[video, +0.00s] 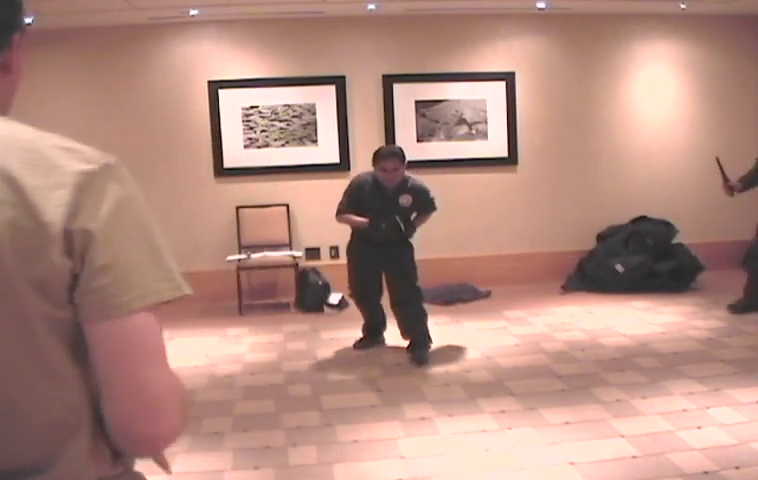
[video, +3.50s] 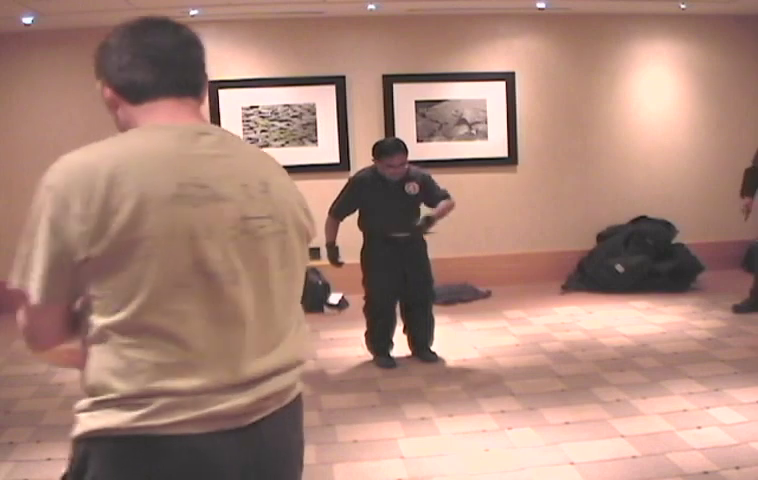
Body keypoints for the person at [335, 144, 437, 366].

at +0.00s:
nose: (390, 176)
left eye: (395, 170)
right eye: (384, 170)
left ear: (404, 167)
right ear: (375, 169)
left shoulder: (413, 187)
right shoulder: (361, 184)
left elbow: (428, 208)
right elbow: (341, 215)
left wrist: (410, 226)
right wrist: (368, 223)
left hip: (397, 248)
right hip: (363, 248)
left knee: (406, 296)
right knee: (364, 294)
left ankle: (419, 343)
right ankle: (373, 333)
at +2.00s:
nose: (405, 174)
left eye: (411, 168)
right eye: (400, 168)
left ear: (426, 166)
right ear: (395, 165)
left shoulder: (438, 188)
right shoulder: (385, 179)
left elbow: (435, 227)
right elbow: (367, 203)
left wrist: (409, 247)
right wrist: (372, 222)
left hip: (418, 246)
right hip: (383, 242)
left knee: (421, 298)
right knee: (369, 291)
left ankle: (418, 350)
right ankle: (362, 329)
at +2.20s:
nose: (405, 169)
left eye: (411, 163)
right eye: (400, 163)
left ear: (424, 161)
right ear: (394, 162)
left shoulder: (437, 185)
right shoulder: (383, 179)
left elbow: (453, 223)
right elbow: (361, 209)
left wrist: (438, 254)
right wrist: (367, 243)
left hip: (420, 249)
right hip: (384, 248)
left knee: (423, 302)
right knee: (369, 294)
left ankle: (419, 350)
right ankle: (362, 329)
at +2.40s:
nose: (402, 165)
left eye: (407, 159)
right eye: (396, 160)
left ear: (419, 158)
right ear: (389, 160)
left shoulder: (431, 181)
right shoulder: (377, 179)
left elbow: (459, 211)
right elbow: (347, 207)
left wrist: (457, 241)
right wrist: (339, 242)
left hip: (419, 248)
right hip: (383, 249)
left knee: (423, 301)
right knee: (378, 299)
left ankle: (420, 351)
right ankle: (374, 344)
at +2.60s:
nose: (395, 166)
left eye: (400, 160)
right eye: (389, 161)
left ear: (408, 158)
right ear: (378, 162)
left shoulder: (420, 179)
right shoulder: (366, 180)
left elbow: (447, 205)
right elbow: (335, 212)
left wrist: (441, 226)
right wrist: (327, 243)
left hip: (415, 249)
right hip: (380, 250)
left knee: (421, 300)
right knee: (382, 301)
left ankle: (421, 350)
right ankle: (380, 350)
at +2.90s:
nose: (392, 169)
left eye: (397, 163)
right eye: (386, 164)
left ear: (403, 159)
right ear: (373, 163)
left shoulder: (412, 177)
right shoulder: (358, 182)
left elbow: (428, 204)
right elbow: (328, 215)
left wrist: (409, 217)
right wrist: (324, 246)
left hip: (407, 244)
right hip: (375, 247)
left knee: (419, 296)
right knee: (380, 301)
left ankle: (422, 346)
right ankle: (380, 350)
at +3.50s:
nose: (399, 171)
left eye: (402, 165)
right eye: (392, 167)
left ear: (408, 160)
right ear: (378, 164)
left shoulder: (418, 178)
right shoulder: (362, 182)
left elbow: (446, 202)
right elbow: (334, 215)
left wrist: (432, 218)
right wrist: (330, 245)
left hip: (412, 246)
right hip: (379, 247)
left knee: (419, 297)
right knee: (380, 301)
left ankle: (421, 346)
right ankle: (381, 350)